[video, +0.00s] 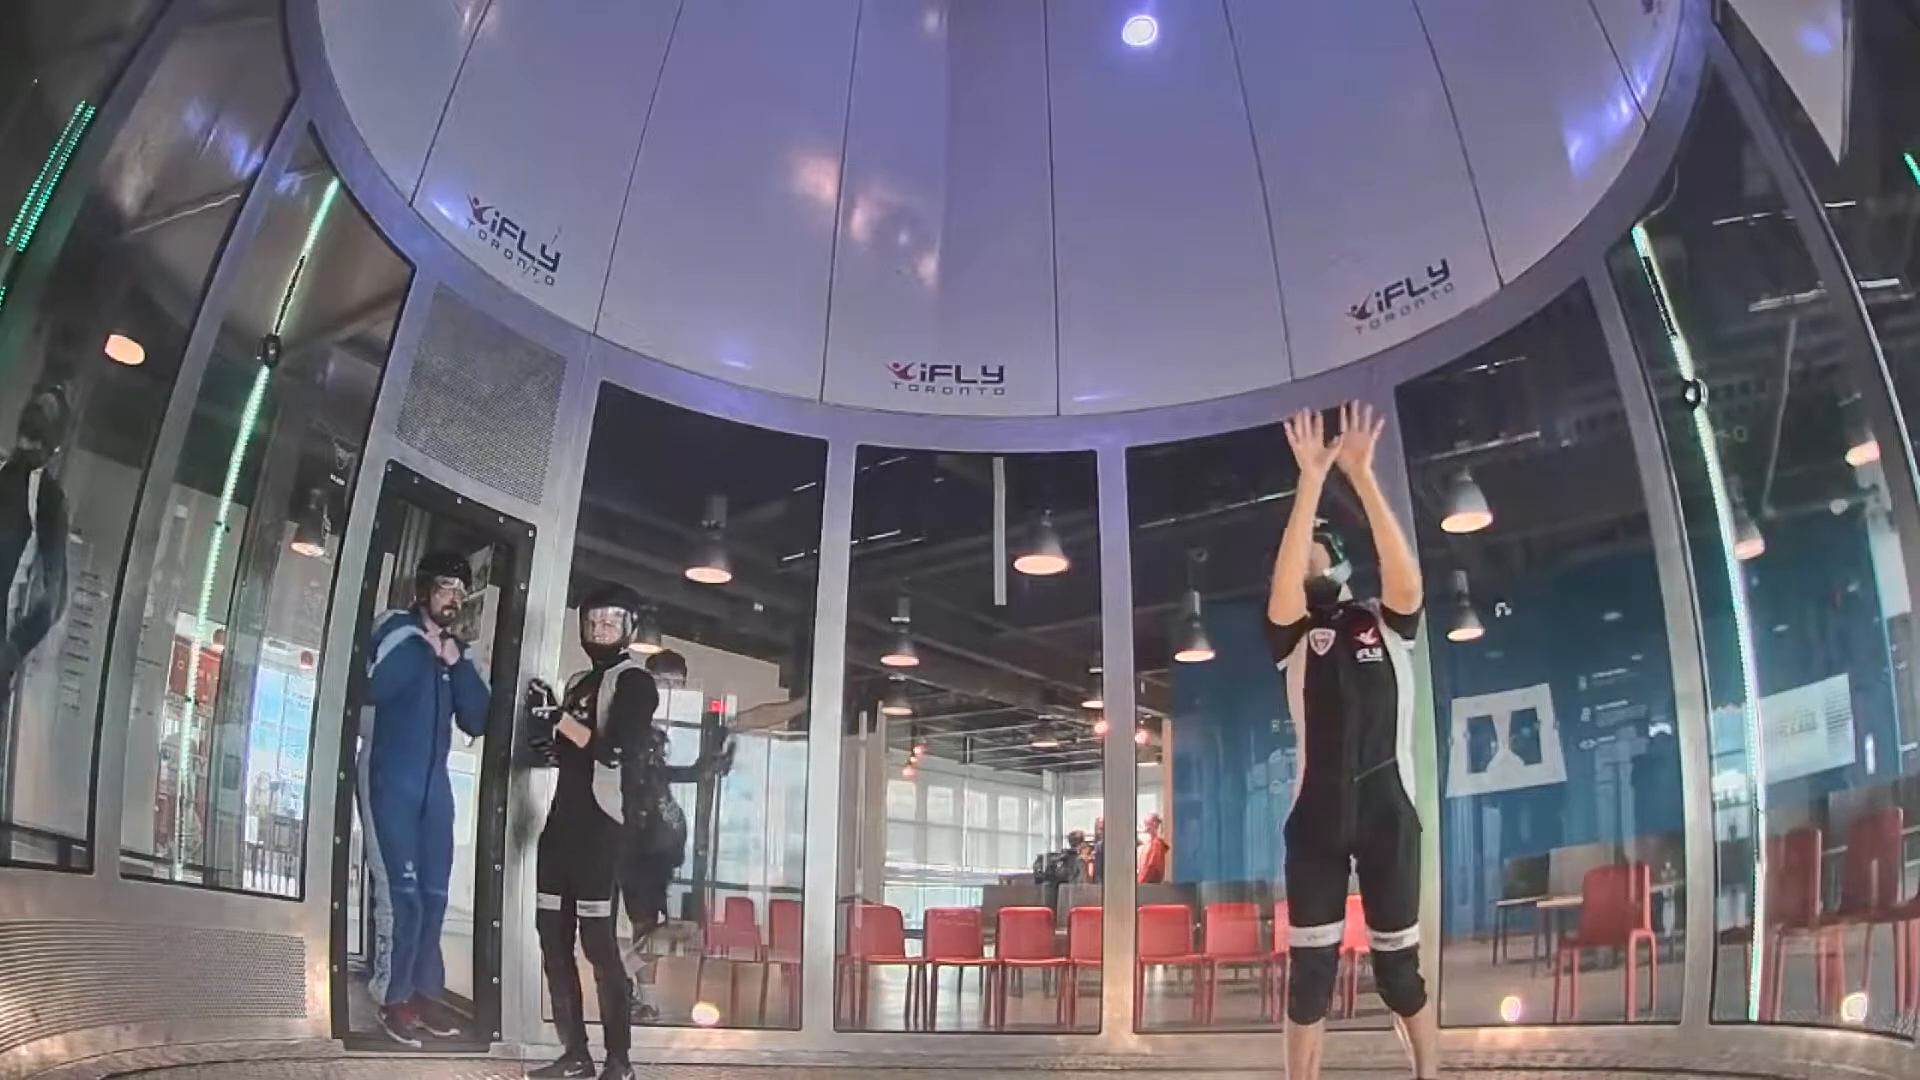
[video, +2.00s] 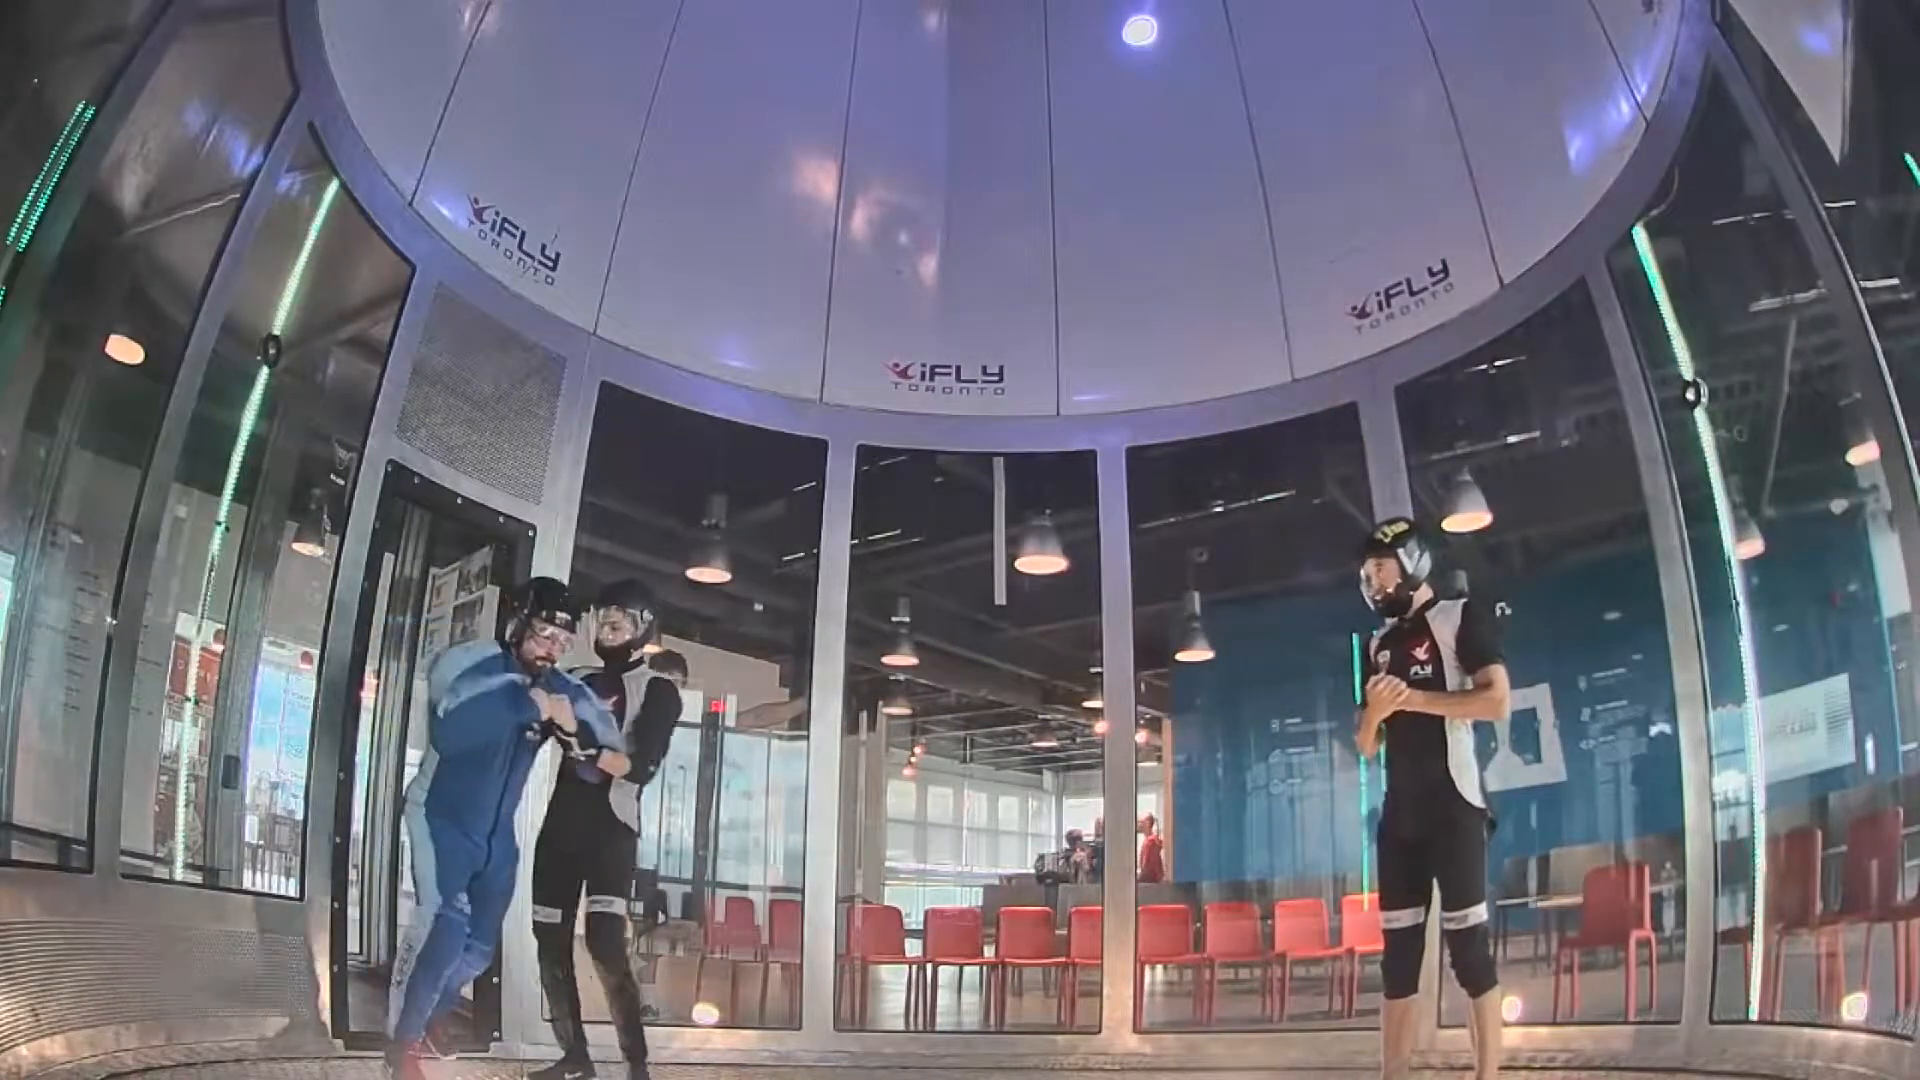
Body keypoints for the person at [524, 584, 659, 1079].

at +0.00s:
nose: (603, 628)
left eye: (612, 620)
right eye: (595, 620)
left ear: (628, 626)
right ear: (582, 626)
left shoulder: (635, 679)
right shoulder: (579, 683)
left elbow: (617, 751)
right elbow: (574, 751)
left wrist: (560, 718)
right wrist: (541, 725)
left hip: (603, 824)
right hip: (561, 819)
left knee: (598, 941)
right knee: (554, 937)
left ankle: (618, 1059)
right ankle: (575, 1053)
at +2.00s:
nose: (605, 628)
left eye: (617, 620)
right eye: (601, 619)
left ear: (642, 628)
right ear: (594, 625)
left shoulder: (658, 689)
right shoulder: (582, 685)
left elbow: (643, 765)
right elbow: (549, 734)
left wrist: (583, 743)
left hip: (613, 827)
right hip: (562, 819)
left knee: (604, 941)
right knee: (550, 944)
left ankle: (636, 1062)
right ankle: (575, 1057)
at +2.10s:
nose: (612, 629)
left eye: (622, 620)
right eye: (606, 620)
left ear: (647, 625)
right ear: (599, 625)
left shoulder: (663, 681)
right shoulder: (590, 680)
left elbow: (660, 764)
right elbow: (555, 728)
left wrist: (608, 759)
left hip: (621, 826)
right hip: (568, 819)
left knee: (622, 946)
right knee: (551, 944)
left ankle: (640, 1067)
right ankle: (575, 1053)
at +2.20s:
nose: (626, 631)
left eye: (637, 623)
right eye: (619, 621)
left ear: (658, 628)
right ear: (610, 625)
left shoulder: (679, 690)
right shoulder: (594, 681)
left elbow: (702, 754)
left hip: (646, 832)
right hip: (587, 825)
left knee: (645, 958)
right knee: (563, 955)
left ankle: (650, 1070)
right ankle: (576, 1038)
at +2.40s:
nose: (652, 629)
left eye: (662, 620)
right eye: (644, 620)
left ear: (683, 622)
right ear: (631, 621)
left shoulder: (706, 685)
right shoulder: (609, 670)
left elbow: (715, 770)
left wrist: (747, 741)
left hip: (671, 842)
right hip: (608, 836)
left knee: (657, 971)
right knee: (607, 965)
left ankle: (650, 1073)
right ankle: (605, 1071)